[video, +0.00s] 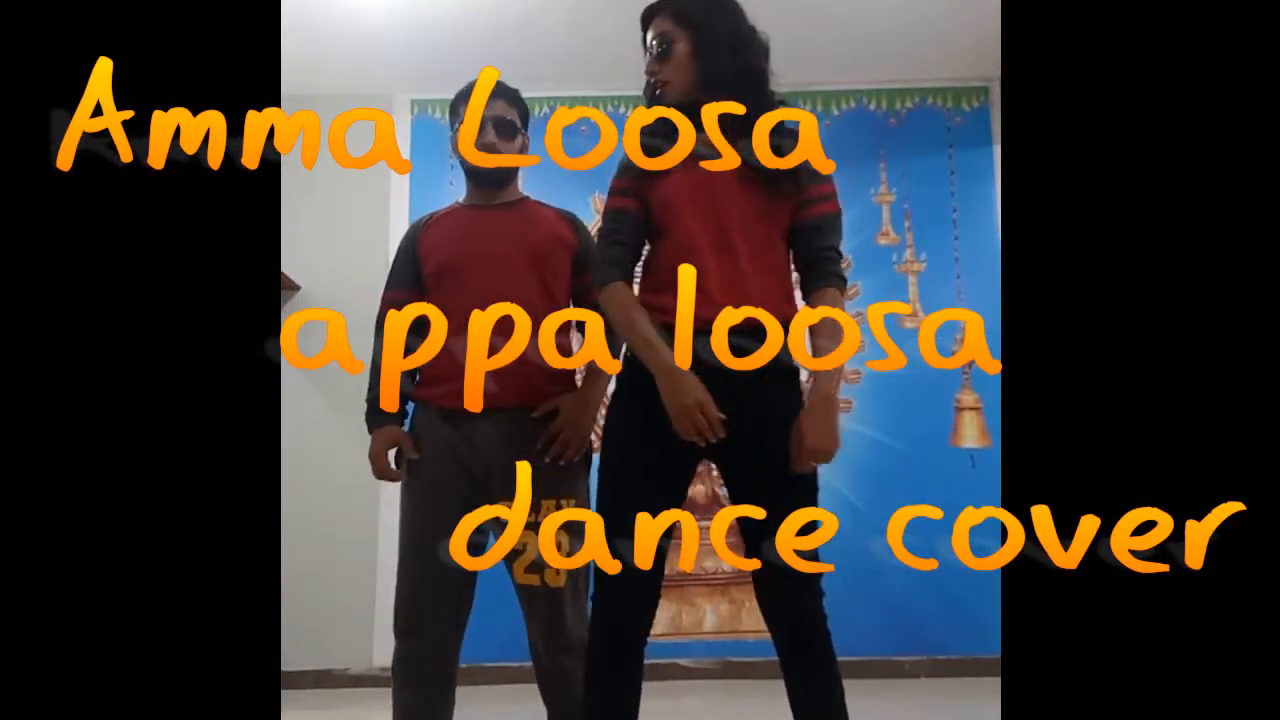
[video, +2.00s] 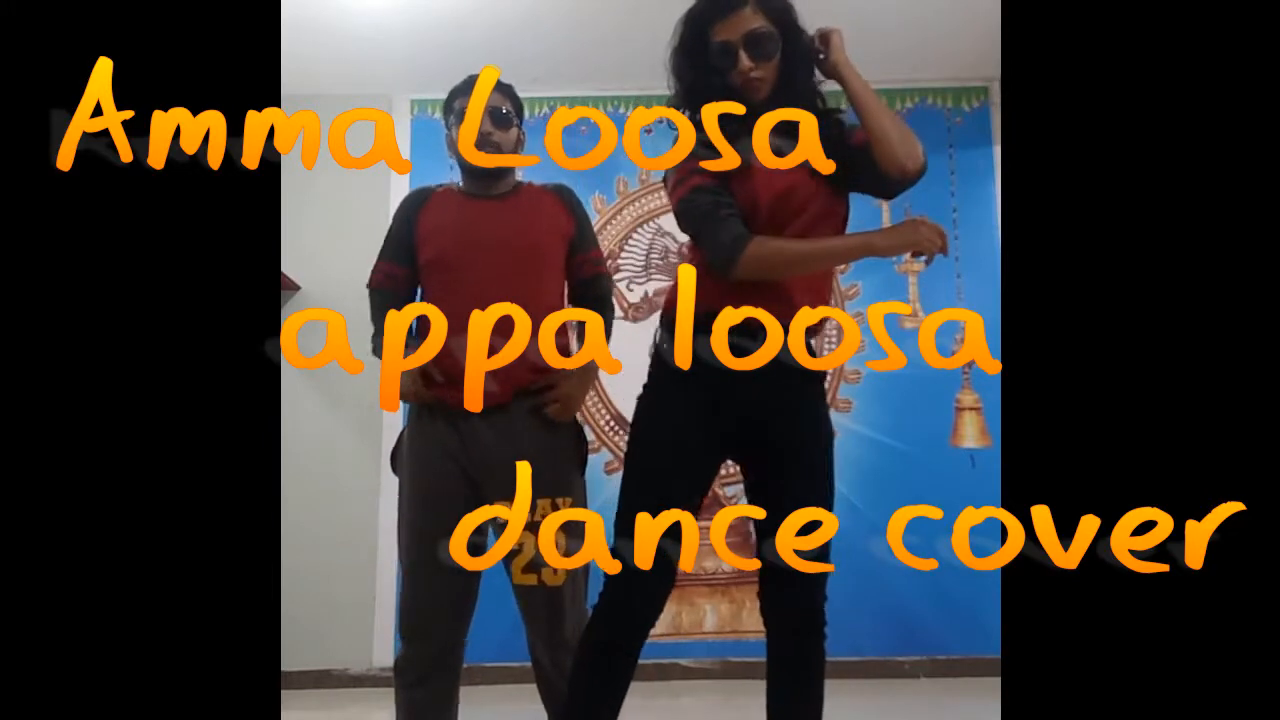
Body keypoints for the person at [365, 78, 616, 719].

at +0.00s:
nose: (493, 136)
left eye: (507, 127)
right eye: (479, 126)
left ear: (526, 144)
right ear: (456, 139)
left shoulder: (564, 230)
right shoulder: (425, 235)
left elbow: (607, 318)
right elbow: (391, 331)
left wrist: (591, 392)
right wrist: (383, 418)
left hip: (544, 440)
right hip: (443, 442)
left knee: (560, 621)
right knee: (426, 621)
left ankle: (576, 717)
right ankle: (420, 718)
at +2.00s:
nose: (491, 130)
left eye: (503, 119)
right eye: (476, 119)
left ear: (520, 132)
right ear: (452, 131)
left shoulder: (559, 205)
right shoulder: (420, 209)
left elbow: (596, 296)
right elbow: (385, 294)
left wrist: (586, 369)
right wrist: (402, 358)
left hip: (539, 430)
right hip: (439, 433)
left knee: (560, 617)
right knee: (429, 620)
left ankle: (579, 718)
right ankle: (423, 718)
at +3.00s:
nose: (493, 130)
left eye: (507, 120)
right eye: (477, 119)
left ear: (524, 136)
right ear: (454, 133)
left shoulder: (566, 225)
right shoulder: (420, 229)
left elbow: (601, 319)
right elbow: (385, 321)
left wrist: (588, 388)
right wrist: (393, 380)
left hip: (545, 441)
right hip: (444, 442)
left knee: (563, 624)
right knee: (433, 627)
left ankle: (580, 719)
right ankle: (425, 719)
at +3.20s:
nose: (493, 131)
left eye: (507, 120)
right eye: (478, 119)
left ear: (525, 137)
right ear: (455, 133)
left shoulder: (567, 225)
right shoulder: (420, 227)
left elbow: (604, 321)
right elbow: (384, 320)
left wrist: (592, 389)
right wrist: (392, 377)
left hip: (544, 441)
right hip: (443, 442)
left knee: (564, 627)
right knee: (430, 629)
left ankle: (581, 719)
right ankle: (424, 719)